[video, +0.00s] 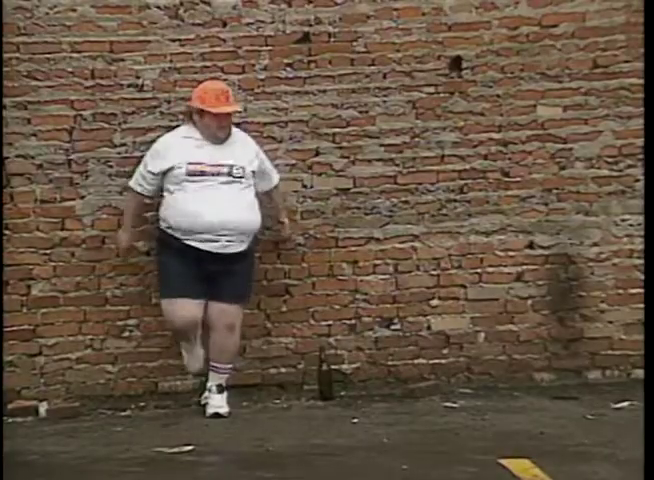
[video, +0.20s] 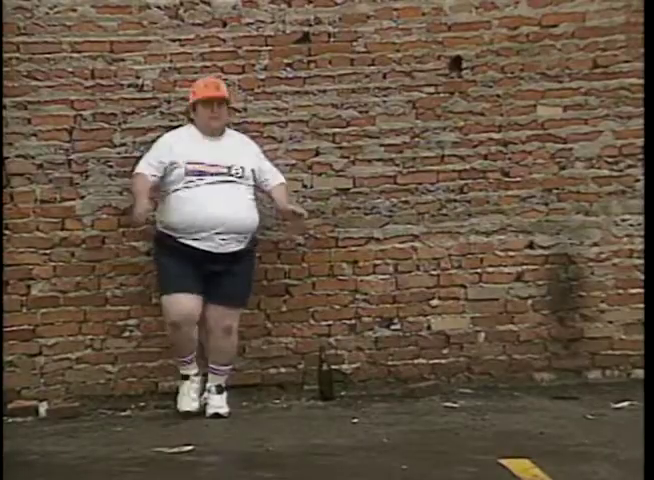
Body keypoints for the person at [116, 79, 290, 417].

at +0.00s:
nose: (224, 121)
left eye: (228, 114)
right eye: (216, 115)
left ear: (234, 113)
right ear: (196, 114)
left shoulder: (245, 146)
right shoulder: (170, 146)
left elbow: (269, 186)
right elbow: (138, 189)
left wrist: (282, 220)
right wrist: (127, 230)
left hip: (234, 250)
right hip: (181, 245)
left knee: (225, 321)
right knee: (183, 318)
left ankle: (217, 388)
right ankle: (190, 339)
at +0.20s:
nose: (214, 111)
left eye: (220, 105)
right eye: (207, 105)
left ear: (229, 109)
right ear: (194, 108)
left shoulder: (244, 146)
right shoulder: (173, 142)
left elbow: (272, 179)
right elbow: (143, 173)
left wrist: (283, 204)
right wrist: (142, 203)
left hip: (234, 252)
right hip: (180, 247)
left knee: (225, 324)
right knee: (181, 314)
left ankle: (217, 388)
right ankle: (189, 377)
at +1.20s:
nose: (183, 115)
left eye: (190, 108)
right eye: (177, 108)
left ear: (207, 104)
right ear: (170, 106)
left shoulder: (232, 130)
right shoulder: (160, 136)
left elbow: (265, 160)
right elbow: (133, 178)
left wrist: (273, 171)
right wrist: (117, 205)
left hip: (230, 246)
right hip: (174, 244)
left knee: (229, 319)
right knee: (177, 316)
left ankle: (235, 396)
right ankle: (181, 396)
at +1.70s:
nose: (189, 105)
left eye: (194, 97)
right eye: (181, 99)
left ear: (203, 96)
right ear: (166, 99)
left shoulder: (220, 127)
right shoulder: (146, 132)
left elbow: (248, 165)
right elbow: (121, 177)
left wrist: (244, 191)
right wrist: (125, 215)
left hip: (215, 243)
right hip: (160, 245)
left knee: (213, 326)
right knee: (170, 327)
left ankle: (218, 404)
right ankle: (181, 403)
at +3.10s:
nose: (131, 123)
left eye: (138, 116)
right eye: (127, 117)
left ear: (159, 111)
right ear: (125, 117)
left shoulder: (181, 136)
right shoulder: (127, 151)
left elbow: (170, 181)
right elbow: (97, 194)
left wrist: (138, 209)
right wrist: (70, 229)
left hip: (216, 240)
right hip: (168, 253)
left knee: (216, 321)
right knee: (161, 327)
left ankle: (231, 404)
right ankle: (180, 412)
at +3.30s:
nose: (141, 125)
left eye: (145, 118)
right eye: (138, 120)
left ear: (165, 106)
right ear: (138, 116)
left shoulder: (197, 126)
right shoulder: (136, 143)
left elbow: (204, 169)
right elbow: (115, 184)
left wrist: (186, 210)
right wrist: (103, 212)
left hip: (200, 242)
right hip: (147, 249)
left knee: (204, 318)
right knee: (157, 331)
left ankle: (222, 392)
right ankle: (178, 411)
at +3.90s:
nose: (146, 114)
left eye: (155, 107)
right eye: (143, 107)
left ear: (177, 111)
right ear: (139, 109)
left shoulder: (197, 141)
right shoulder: (128, 139)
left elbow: (210, 181)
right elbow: (86, 167)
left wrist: (168, 186)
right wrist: (54, 194)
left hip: (205, 256)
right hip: (148, 257)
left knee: (209, 330)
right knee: (150, 332)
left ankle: (219, 411)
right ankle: (162, 413)